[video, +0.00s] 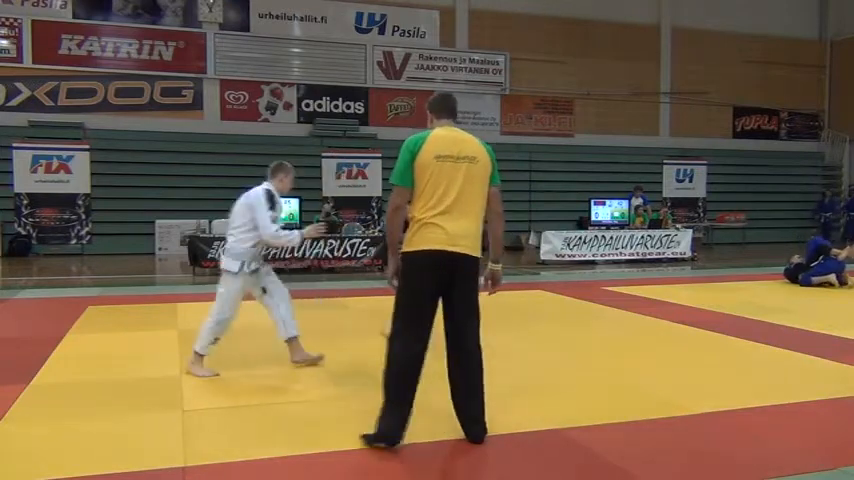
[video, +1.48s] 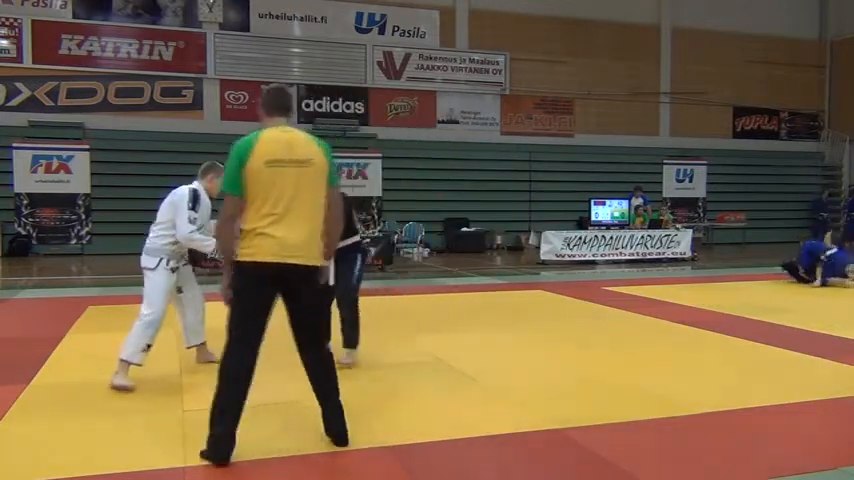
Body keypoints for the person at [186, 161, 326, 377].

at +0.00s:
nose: (292, 185)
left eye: (292, 180)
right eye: (291, 180)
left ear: (278, 177)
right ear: (281, 178)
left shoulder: (273, 200)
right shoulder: (259, 196)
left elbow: (268, 234)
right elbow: (269, 235)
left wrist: (300, 235)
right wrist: (303, 235)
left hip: (256, 265)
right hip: (236, 264)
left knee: (280, 298)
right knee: (223, 314)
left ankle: (296, 351)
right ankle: (196, 360)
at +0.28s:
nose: (287, 188)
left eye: (288, 183)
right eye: (286, 182)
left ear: (274, 178)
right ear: (277, 179)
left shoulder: (266, 201)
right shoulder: (252, 192)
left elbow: (257, 228)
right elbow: (241, 227)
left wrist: (283, 229)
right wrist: (270, 238)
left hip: (240, 255)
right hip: (219, 252)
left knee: (251, 296)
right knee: (219, 305)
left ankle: (242, 347)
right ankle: (195, 357)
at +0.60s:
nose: (254, 197)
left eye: (255, 193)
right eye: (253, 192)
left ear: (242, 188)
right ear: (242, 188)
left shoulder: (237, 211)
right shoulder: (221, 205)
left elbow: (226, 244)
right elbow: (221, 245)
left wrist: (252, 250)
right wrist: (254, 251)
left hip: (214, 267)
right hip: (193, 266)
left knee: (236, 295)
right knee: (183, 321)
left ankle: (241, 348)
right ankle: (140, 369)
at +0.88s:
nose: (230, 182)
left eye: (231, 177)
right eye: (229, 176)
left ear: (217, 171)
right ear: (217, 171)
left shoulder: (210, 195)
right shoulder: (192, 188)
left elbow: (205, 225)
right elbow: (200, 227)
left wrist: (234, 226)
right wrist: (235, 228)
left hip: (186, 260)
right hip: (165, 257)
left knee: (201, 299)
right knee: (154, 312)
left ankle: (189, 354)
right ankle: (131, 369)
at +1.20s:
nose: (230, 189)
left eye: (231, 184)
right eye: (230, 183)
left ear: (217, 178)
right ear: (218, 178)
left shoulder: (210, 202)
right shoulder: (190, 193)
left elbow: (204, 233)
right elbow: (197, 231)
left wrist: (233, 233)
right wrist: (233, 234)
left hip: (186, 259)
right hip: (164, 257)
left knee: (204, 297)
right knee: (161, 310)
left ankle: (204, 350)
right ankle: (133, 367)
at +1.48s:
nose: (221, 187)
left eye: (221, 182)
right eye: (220, 182)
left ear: (208, 179)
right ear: (210, 179)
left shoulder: (203, 201)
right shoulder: (186, 194)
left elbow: (203, 228)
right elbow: (185, 234)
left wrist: (228, 230)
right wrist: (217, 247)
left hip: (180, 260)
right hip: (159, 259)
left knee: (194, 301)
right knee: (152, 313)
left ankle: (202, 351)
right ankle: (122, 371)